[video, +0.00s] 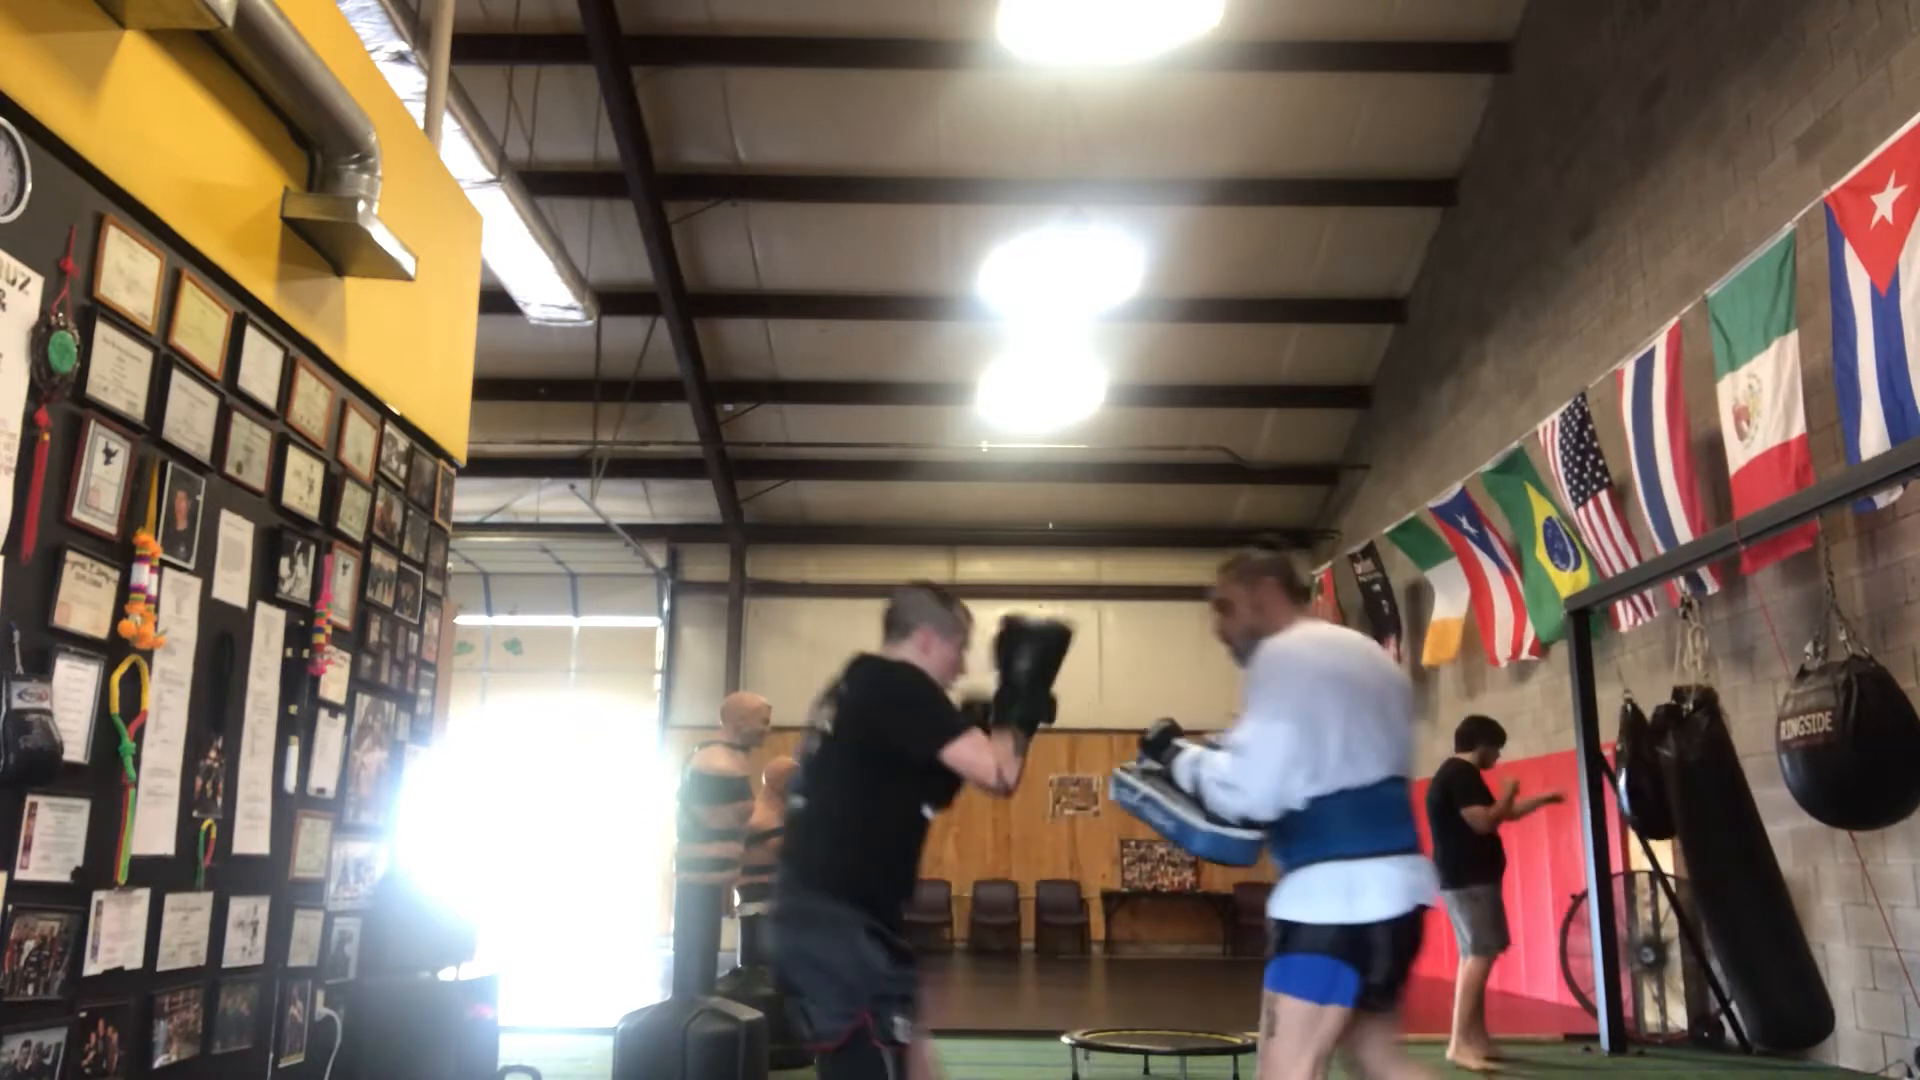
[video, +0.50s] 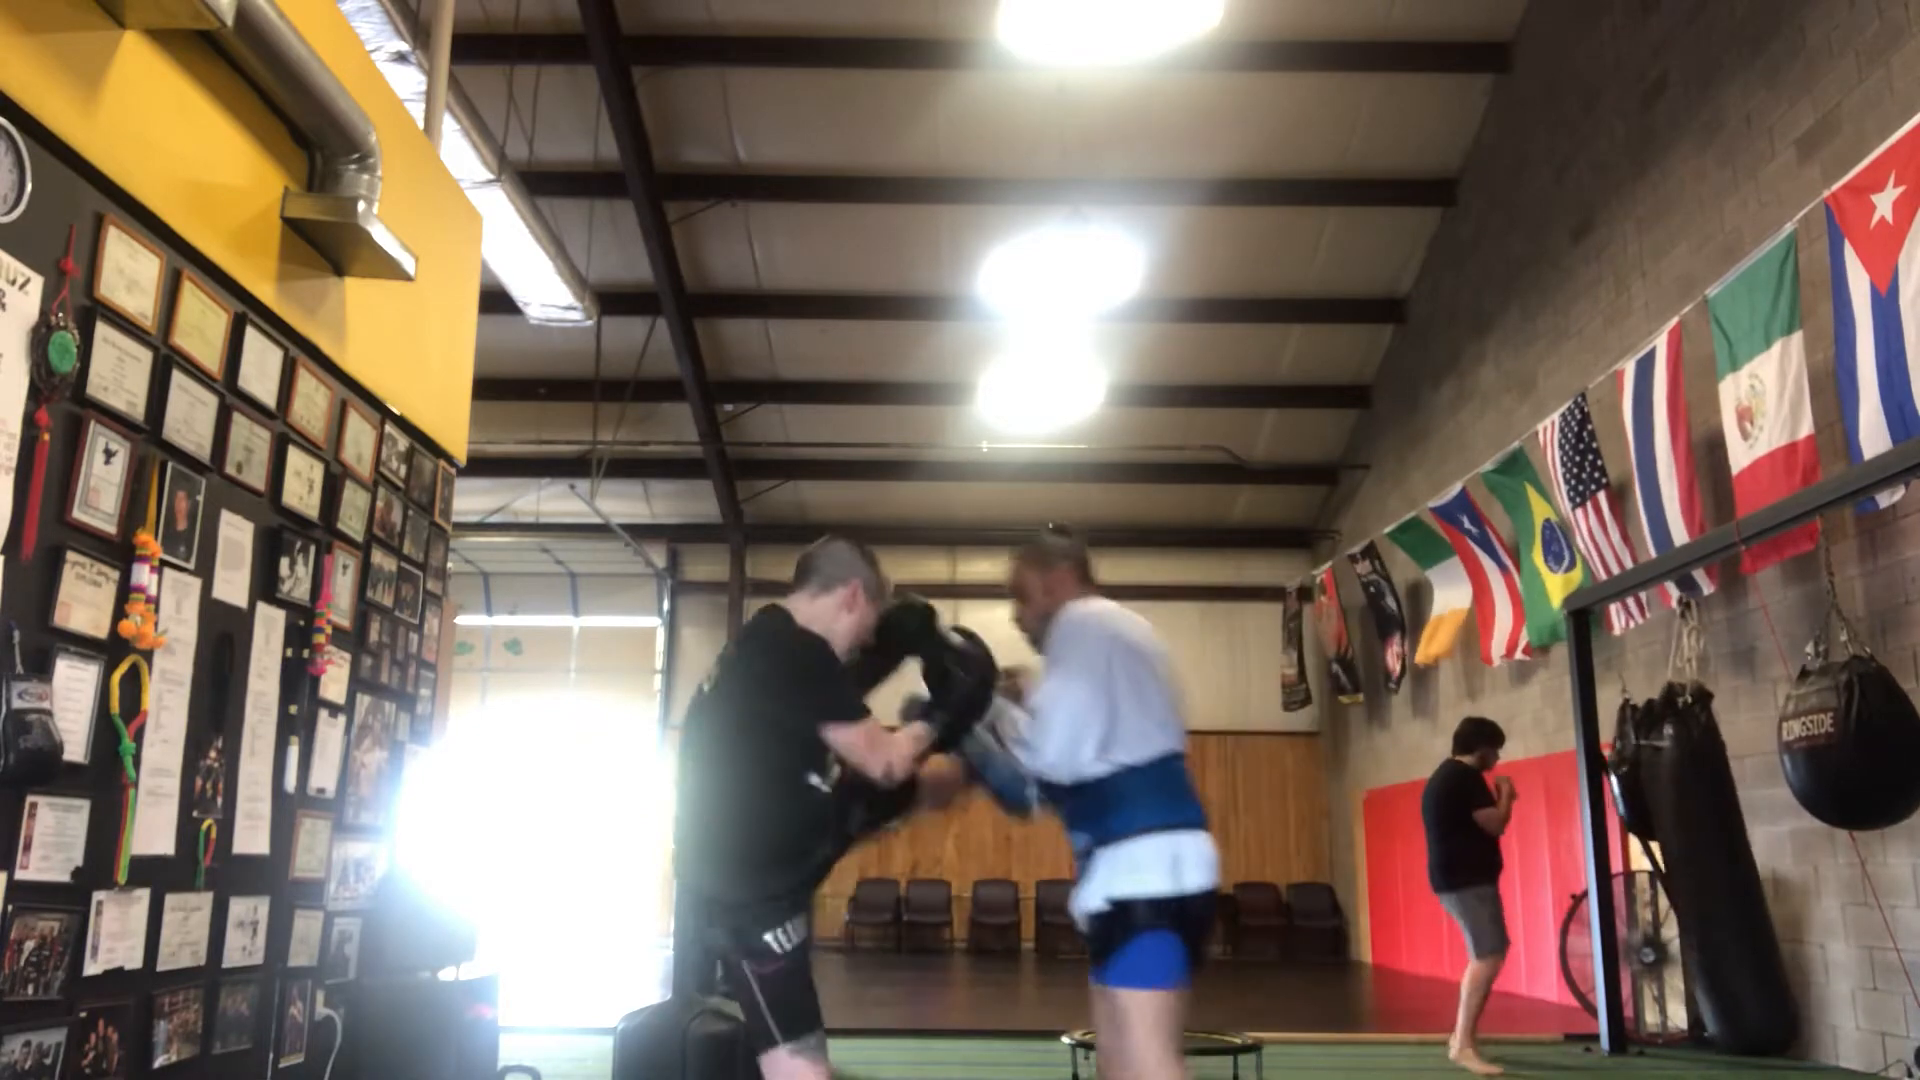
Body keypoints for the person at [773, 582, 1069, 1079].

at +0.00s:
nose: (962, 663)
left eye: (964, 650)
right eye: (959, 647)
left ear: (911, 636)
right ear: (926, 638)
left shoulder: (858, 683)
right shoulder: (897, 687)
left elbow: (934, 789)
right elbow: (1001, 773)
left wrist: (980, 724)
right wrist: (1019, 699)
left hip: (814, 921)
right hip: (845, 929)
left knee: (856, 1066)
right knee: (879, 1065)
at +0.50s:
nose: (866, 638)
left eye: (875, 623)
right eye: (872, 619)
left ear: (805, 589)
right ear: (851, 597)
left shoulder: (758, 645)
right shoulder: (796, 654)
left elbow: (816, 717)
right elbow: (887, 762)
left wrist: (881, 654)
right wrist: (941, 709)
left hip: (720, 896)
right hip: (752, 905)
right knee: (798, 1066)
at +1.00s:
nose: (834, 630)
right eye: (837, 619)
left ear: (761, 609)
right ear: (830, 618)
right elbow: (896, 628)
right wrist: (890, 594)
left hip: (677, 951)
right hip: (782, 952)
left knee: (643, 1066)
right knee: (860, 1065)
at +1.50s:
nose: (876, 572)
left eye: (877, 556)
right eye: (875, 558)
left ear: (897, 553)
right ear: (954, 548)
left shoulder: (915, 621)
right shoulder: (991, 629)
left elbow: (819, 735)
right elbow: (932, 732)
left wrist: (785, 658)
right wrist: (868, 632)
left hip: (909, 901)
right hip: (980, 897)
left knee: (874, 1060)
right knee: (939, 1063)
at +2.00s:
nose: (986, 525)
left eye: (992, 505)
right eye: (988, 509)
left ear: (1023, 502)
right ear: (1081, 504)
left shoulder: (1029, 572)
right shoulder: (1127, 589)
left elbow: (893, 679)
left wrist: (892, 576)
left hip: (1055, 905)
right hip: (1130, 897)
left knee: (1027, 1067)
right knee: (1091, 1066)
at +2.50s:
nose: (1168, 582)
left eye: (1172, 562)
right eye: (1167, 566)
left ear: (1214, 553)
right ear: (1220, 553)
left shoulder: (1266, 617)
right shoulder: (1256, 626)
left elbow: (1209, 764)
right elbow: (1179, 773)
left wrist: (1144, 669)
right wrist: (1133, 669)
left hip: (1300, 925)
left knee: (1248, 1064)